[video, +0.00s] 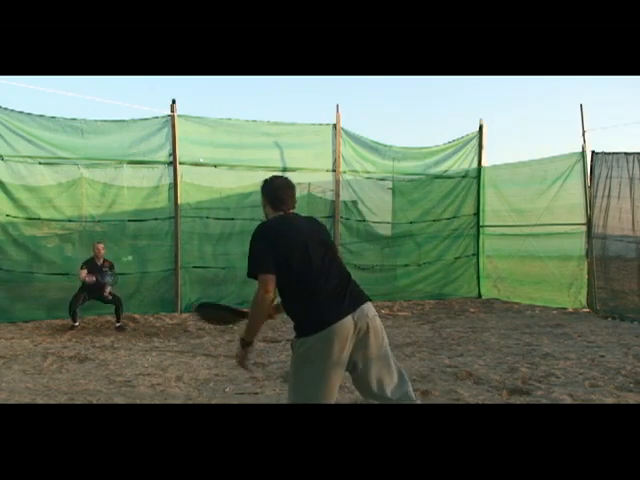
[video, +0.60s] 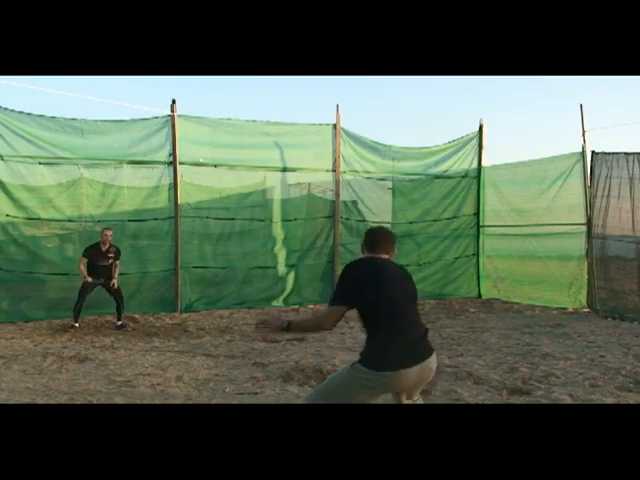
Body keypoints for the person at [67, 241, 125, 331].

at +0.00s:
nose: (100, 251)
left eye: (101, 249)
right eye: (97, 249)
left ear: (104, 251)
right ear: (94, 251)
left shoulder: (109, 264)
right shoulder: (87, 263)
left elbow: (111, 279)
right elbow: (82, 276)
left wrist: (107, 290)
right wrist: (87, 278)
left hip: (101, 290)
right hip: (87, 290)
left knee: (117, 301)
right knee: (73, 304)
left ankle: (118, 323)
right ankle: (75, 323)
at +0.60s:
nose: (107, 238)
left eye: (109, 236)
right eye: (105, 235)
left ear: (111, 237)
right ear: (101, 237)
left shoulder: (115, 250)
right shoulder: (91, 249)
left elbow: (116, 265)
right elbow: (80, 264)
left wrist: (115, 278)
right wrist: (85, 276)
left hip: (107, 279)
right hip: (92, 279)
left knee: (119, 298)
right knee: (81, 298)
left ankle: (119, 321)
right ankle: (75, 322)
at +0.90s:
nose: (109, 231)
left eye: (111, 228)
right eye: (107, 228)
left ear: (114, 230)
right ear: (102, 229)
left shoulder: (117, 245)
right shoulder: (92, 243)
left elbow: (120, 260)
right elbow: (82, 258)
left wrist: (119, 272)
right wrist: (89, 263)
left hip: (109, 274)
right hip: (95, 274)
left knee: (117, 298)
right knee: (88, 298)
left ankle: (119, 321)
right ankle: (85, 321)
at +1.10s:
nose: (107, 241)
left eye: (109, 238)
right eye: (105, 238)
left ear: (113, 237)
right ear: (102, 236)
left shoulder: (117, 247)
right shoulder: (95, 244)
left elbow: (120, 261)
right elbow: (83, 254)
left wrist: (123, 272)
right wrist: (94, 249)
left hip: (108, 277)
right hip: (94, 276)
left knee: (118, 299)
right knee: (87, 299)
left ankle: (124, 322)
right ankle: (85, 322)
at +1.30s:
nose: (116, 234)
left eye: (118, 232)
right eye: (115, 231)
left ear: (122, 234)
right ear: (113, 232)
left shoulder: (124, 248)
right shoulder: (106, 243)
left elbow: (124, 264)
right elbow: (96, 245)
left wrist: (128, 275)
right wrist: (108, 239)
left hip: (113, 276)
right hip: (99, 275)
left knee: (122, 300)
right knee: (91, 299)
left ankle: (125, 323)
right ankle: (85, 321)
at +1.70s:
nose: (124, 229)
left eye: (126, 227)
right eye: (121, 226)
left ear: (128, 229)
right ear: (118, 228)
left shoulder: (129, 245)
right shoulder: (109, 239)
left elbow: (129, 259)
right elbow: (102, 252)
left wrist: (132, 270)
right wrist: (117, 254)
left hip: (118, 274)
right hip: (104, 273)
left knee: (124, 298)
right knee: (94, 295)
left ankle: (125, 323)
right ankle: (85, 320)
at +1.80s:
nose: (120, 229)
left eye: (122, 227)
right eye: (118, 227)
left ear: (125, 229)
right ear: (114, 228)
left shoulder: (127, 245)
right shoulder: (105, 242)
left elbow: (128, 259)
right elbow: (96, 257)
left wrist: (131, 268)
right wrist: (108, 263)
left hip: (117, 276)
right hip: (103, 275)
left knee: (124, 298)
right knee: (91, 297)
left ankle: (126, 323)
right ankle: (83, 321)